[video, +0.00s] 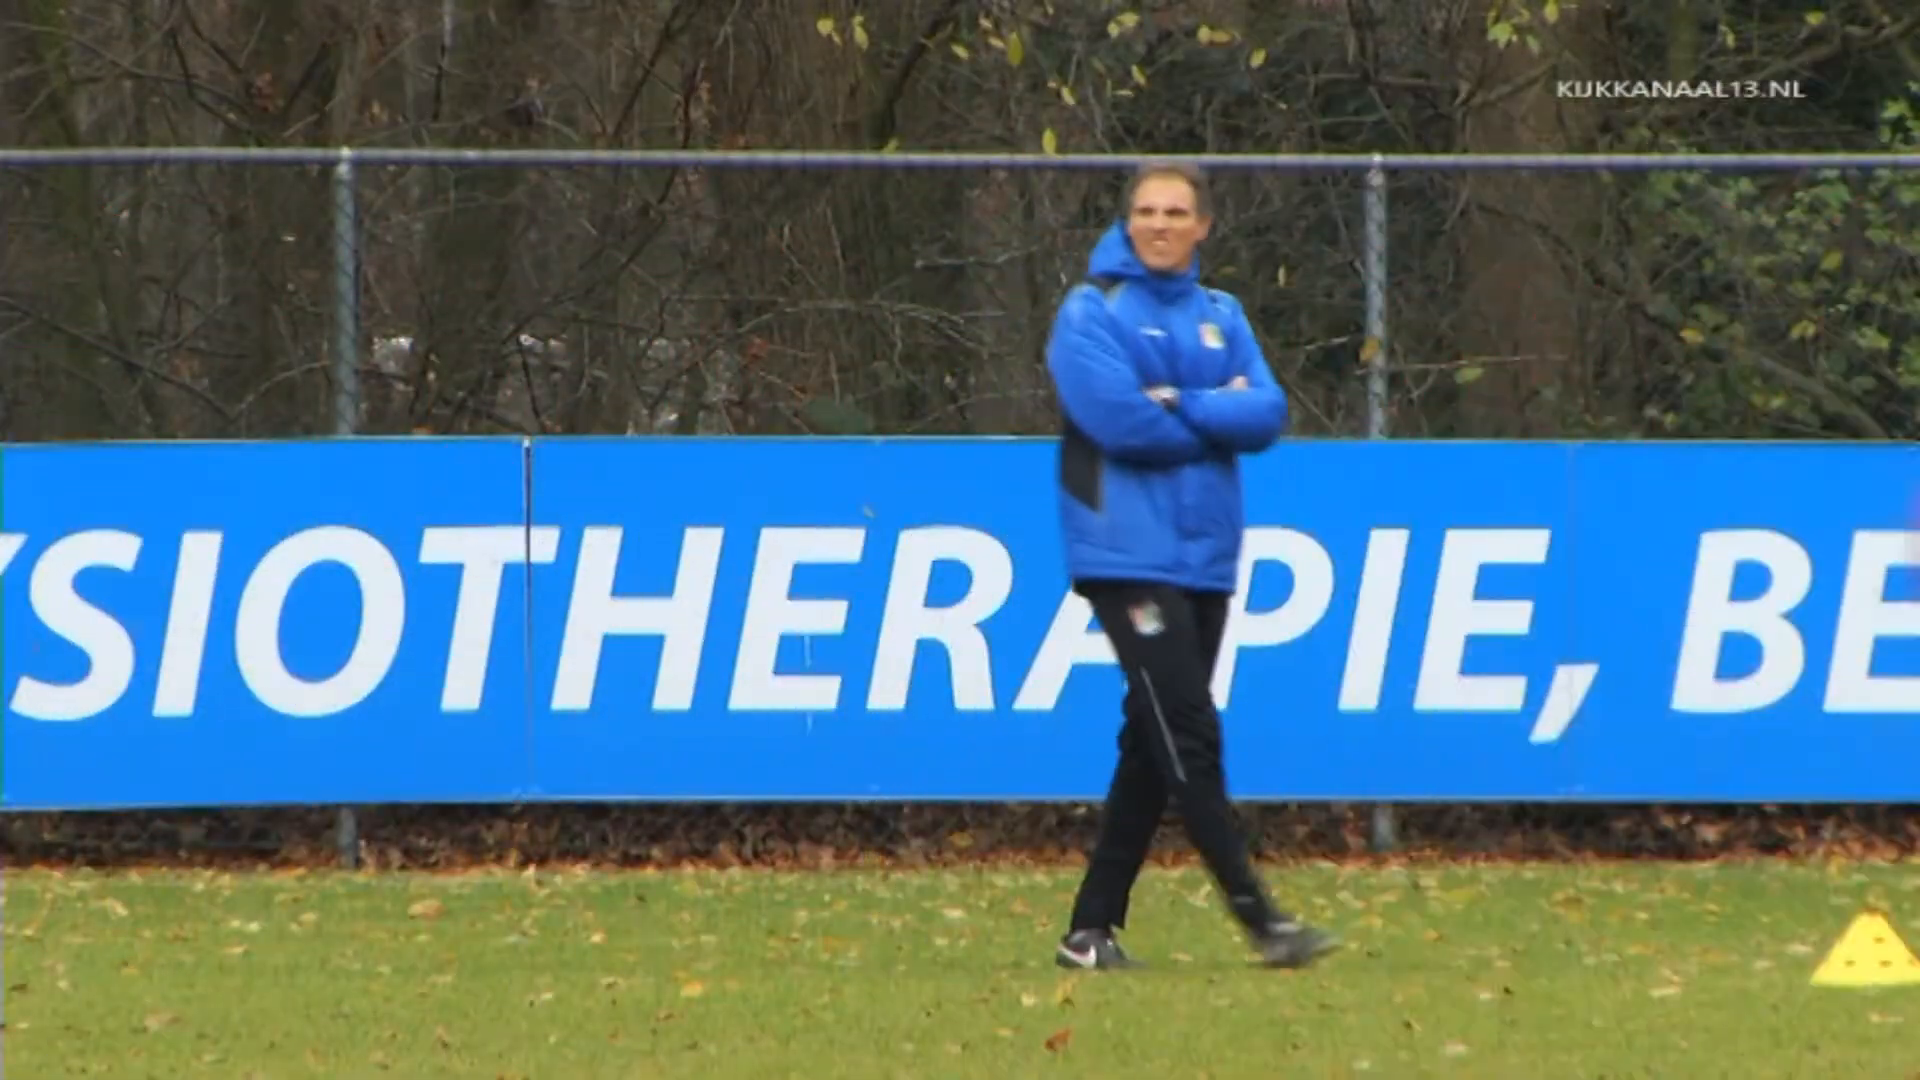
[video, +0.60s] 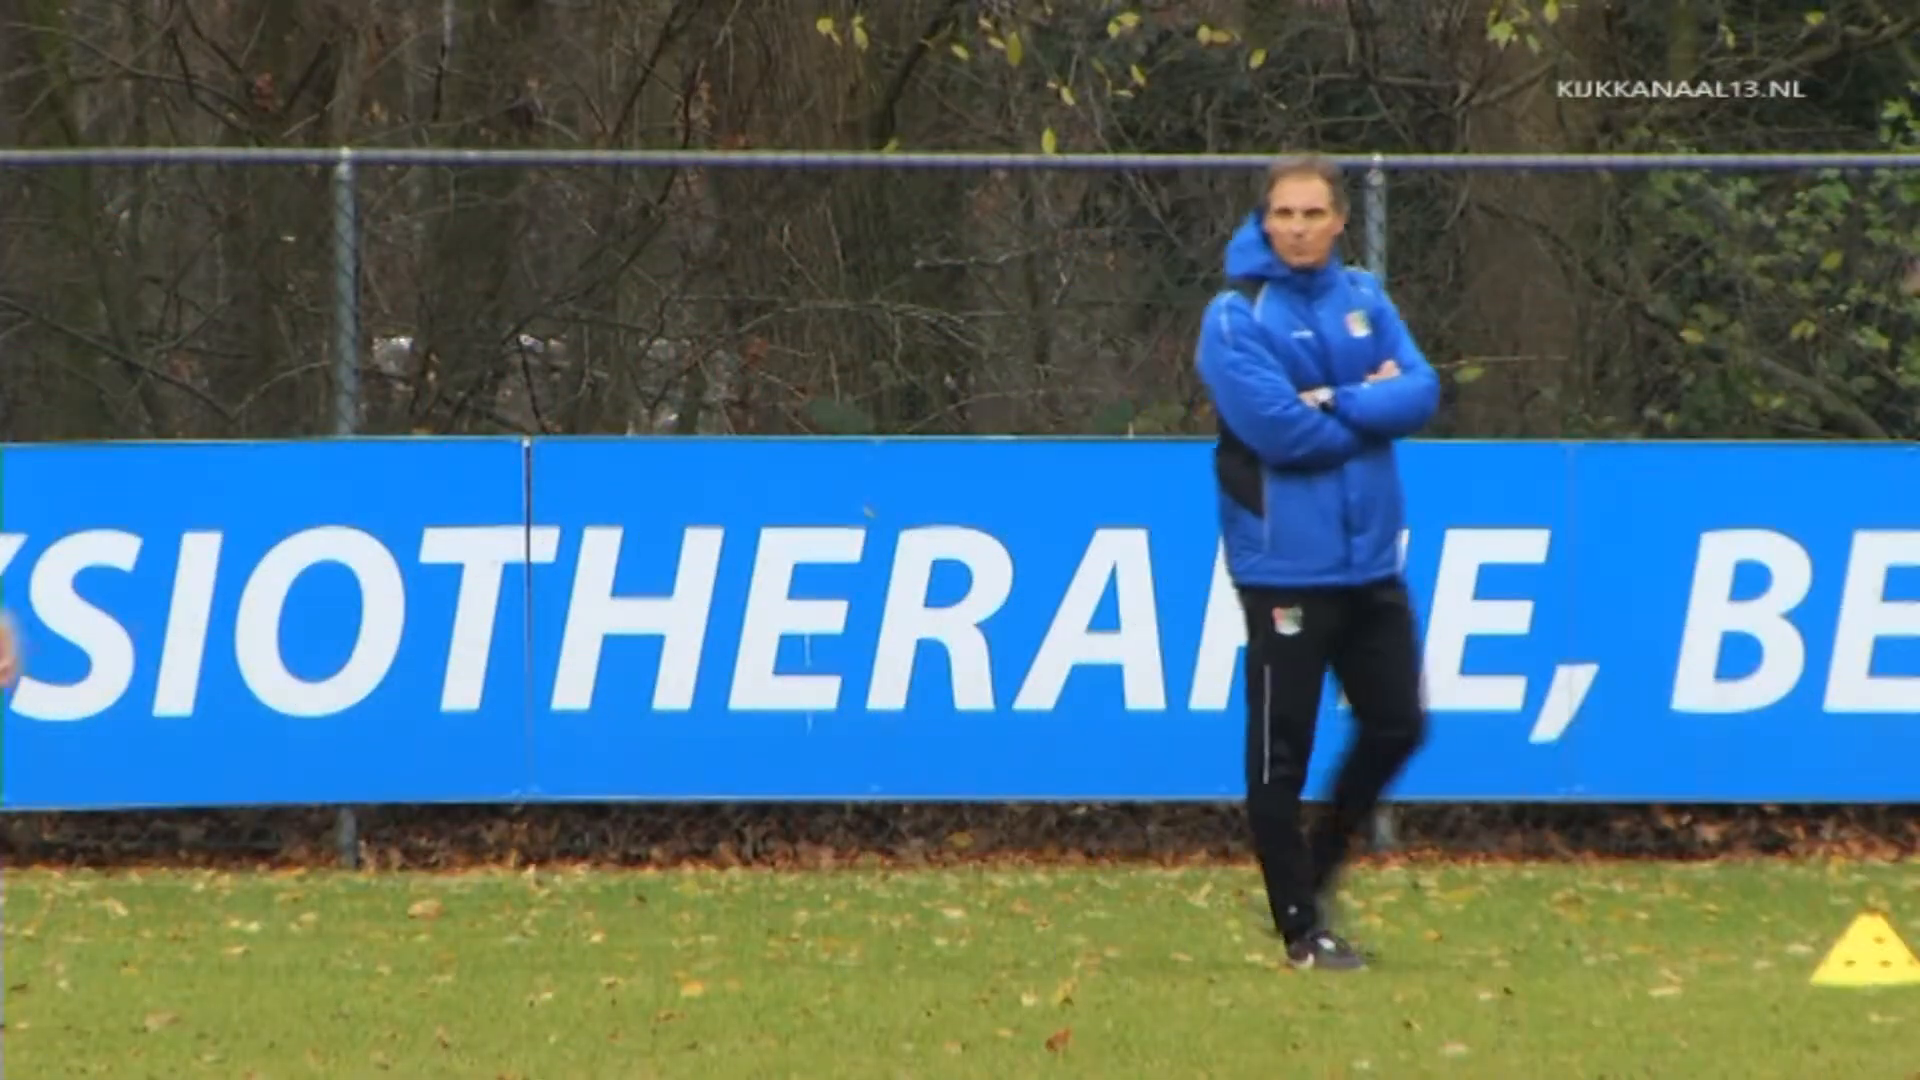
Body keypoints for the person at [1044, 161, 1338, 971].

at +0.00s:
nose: (1161, 225)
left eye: (1176, 213)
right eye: (1148, 213)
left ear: (1204, 227)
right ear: (1127, 224)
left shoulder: (1223, 313)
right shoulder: (1088, 314)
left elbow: (1267, 413)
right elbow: (1126, 429)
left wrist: (1173, 400)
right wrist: (1219, 420)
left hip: (1208, 555)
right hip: (1124, 553)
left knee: (1156, 743)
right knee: (1191, 732)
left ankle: (1091, 930)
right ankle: (1262, 921)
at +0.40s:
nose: (1263, 235)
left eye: (1277, 221)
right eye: (1247, 222)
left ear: (1301, 228)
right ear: (1225, 232)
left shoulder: (1323, 300)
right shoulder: (1195, 328)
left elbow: (1382, 397)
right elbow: (1252, 445)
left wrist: (1290, 406)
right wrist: (1339, 416)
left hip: (1323, 554)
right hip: (1244, 562)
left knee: (1283, 745)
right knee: (1260, 747)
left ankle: (1156, 892)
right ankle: (1298, 932)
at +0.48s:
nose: (1277, 233)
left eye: (1292, 218)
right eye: (1262, 219)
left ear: (1317, 226)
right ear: (1242, 228)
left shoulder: (1343, 299)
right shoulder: (1212, 322)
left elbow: (1399, 393)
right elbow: (1262, 440)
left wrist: (1310, 404)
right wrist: (1351, 419)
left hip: (1340, 555)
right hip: (1260, 562)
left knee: (1332, 735)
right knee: (1269, 747)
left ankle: (1197, 883)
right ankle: (1298, 932)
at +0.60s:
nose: (1298, 228)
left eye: (1314, 214)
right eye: (1284, 214)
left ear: (1339, 222)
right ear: (1264, 222)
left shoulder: (1365, 298)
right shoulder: (1233, 318)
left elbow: (1421, 393)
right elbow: (1282, 436)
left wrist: (1332, 400)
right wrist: (1375, 411)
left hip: (1370, 560)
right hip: (1283, 569)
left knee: (1396, 724)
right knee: (1281, 754)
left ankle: (1310, 873)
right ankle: (1298, 928)